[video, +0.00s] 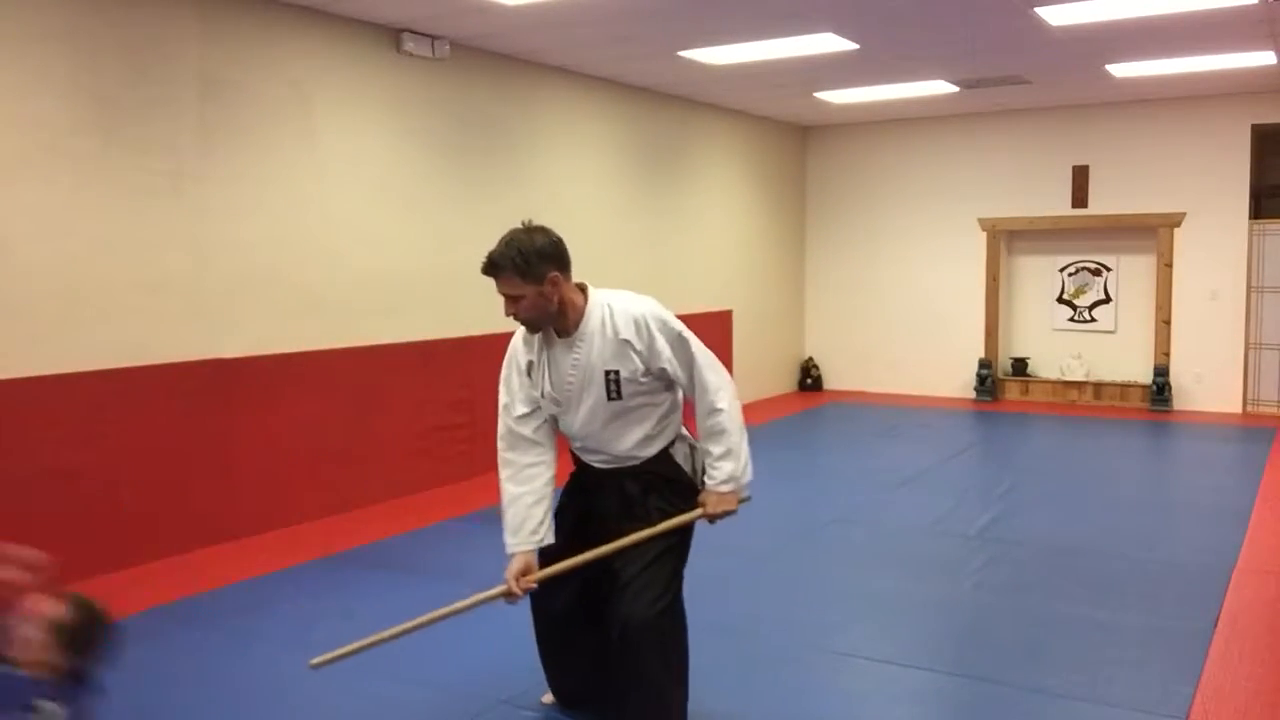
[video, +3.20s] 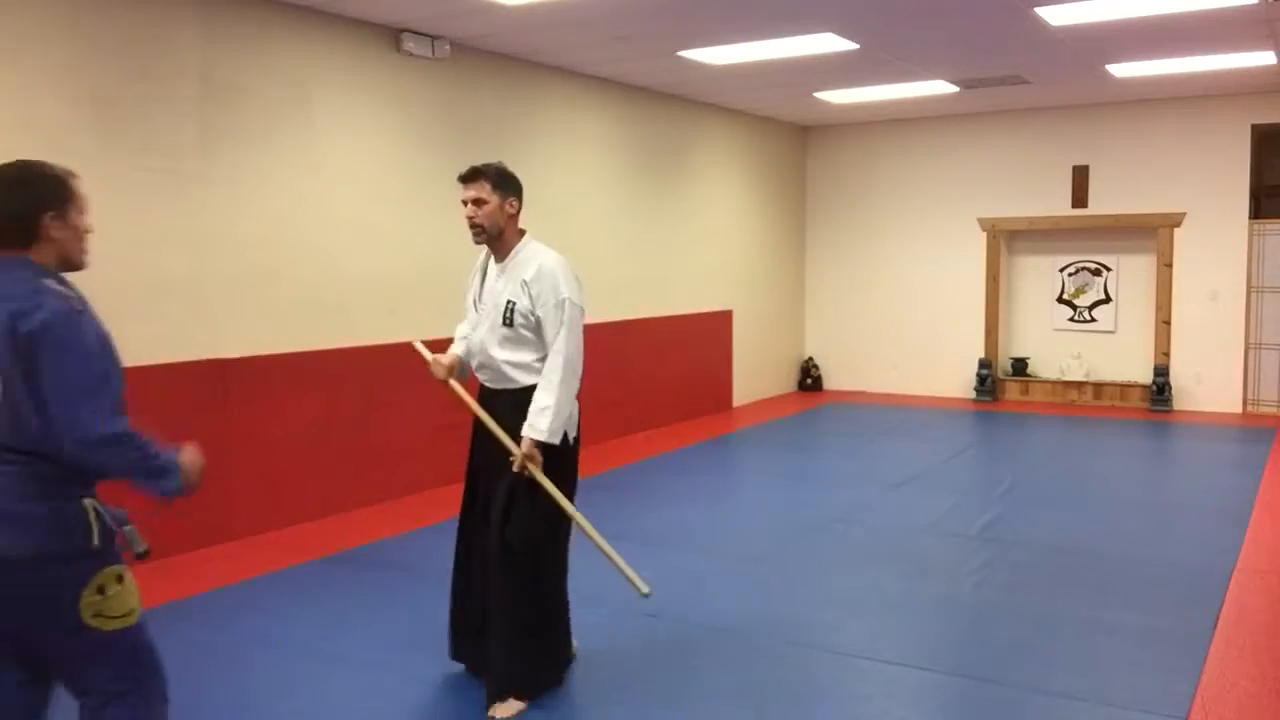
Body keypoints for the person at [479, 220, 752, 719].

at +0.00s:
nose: (508, 311)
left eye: (515, 298)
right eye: (504, 299)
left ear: (554, 285)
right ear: (546, 287)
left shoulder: (638, 321)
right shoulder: (524, 355)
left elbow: (714, 386)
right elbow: (524, 453)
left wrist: (725, 478)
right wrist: (525, 546)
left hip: (657, 480)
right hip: (592, 483)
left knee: (639, 613)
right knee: (557, 595)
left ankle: (651, 711)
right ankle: (582, 692)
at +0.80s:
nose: (538, 244)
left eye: (548, 231)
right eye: (537, 231)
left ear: (590, 232)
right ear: (573, 234)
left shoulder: (651, 301)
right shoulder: (549, 303)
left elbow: (704, 394)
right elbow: (522, 392)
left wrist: (694, 490)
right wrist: (491, 471)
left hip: (643, 469)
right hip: (582, 465)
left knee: (628, 615)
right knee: (568, 598)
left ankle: (643, 712)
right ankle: (578, 703)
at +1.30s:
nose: (548, 195)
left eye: (560, 185)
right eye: (548, 184)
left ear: (600, 191)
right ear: (584, 193)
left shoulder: (633, 270)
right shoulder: (584, 265)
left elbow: (634, 386)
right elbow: (590, 366)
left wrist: (603, 482)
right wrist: (548, 413)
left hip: (625, 446)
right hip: (583, 437)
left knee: (630, 601)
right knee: (584, 595)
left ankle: (638, 707)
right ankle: (585, 700)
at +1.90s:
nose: (520, 201)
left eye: (530, 191)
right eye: (519, 191)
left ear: (567, 196)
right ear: (557, 200)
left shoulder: (587, 261)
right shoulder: (566, 261)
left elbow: (588, 366)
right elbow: (575, 357)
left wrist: (531, 445)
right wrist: (524, 382)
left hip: (590, 440)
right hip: (568, 436)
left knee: (585, 592)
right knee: (564, 590)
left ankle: (594, 709)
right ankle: (571, 707)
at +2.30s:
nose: (493, 200)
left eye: (504, 190)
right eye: (493, 190)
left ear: (540, 196)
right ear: (522, 199)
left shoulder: (555, 259)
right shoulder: (533, 261)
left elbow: (558, 363)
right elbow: (517, 341)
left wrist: (498, 421)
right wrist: (453, 325)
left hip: (561, 430)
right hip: (537, 427)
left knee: (542, 564)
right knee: (540, 563)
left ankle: (537, 699)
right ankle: (551, 694)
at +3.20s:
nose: (469, 213)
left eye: (478, 203)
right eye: (465, 204)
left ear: (512, 206)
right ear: (469, 211)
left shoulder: (549, 270)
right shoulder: (484, 267)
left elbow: (564, 363)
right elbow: (476, 327)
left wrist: (537, 435)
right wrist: (456, 356)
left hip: (541, 415)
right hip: (495, 407)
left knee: (525, 544)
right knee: (486, 534)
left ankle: (518, 682)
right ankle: (495, 651)